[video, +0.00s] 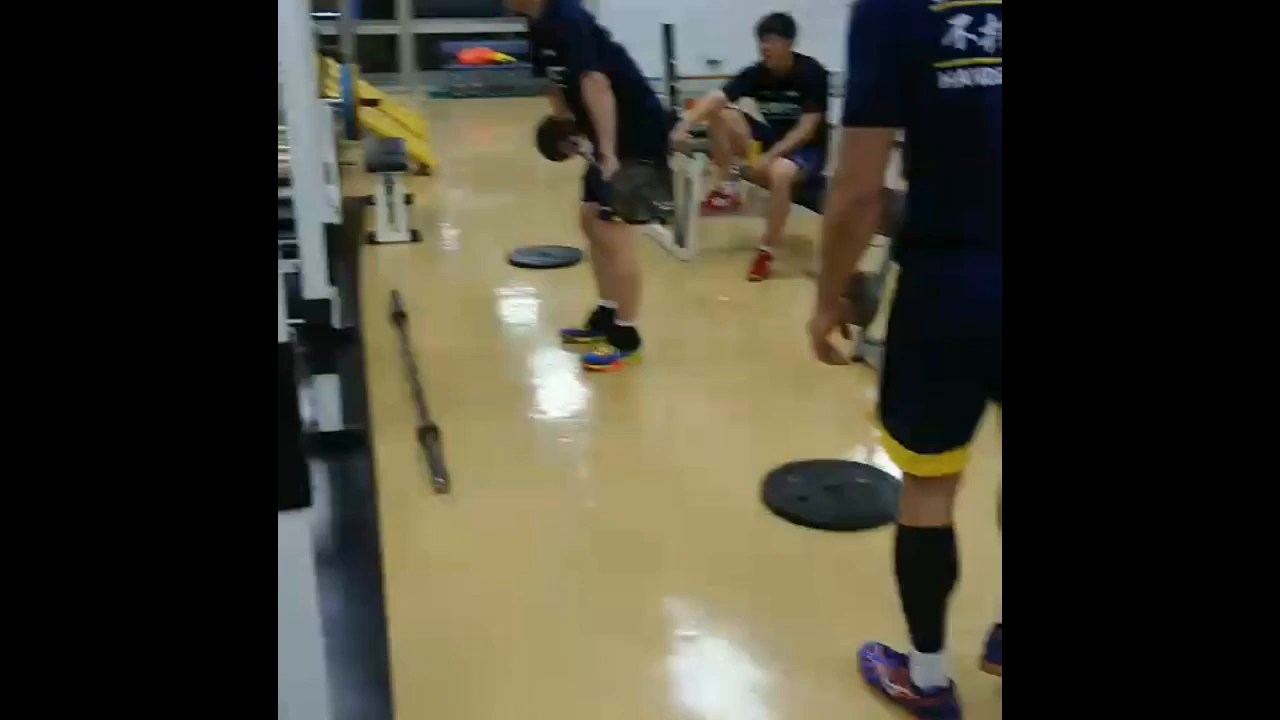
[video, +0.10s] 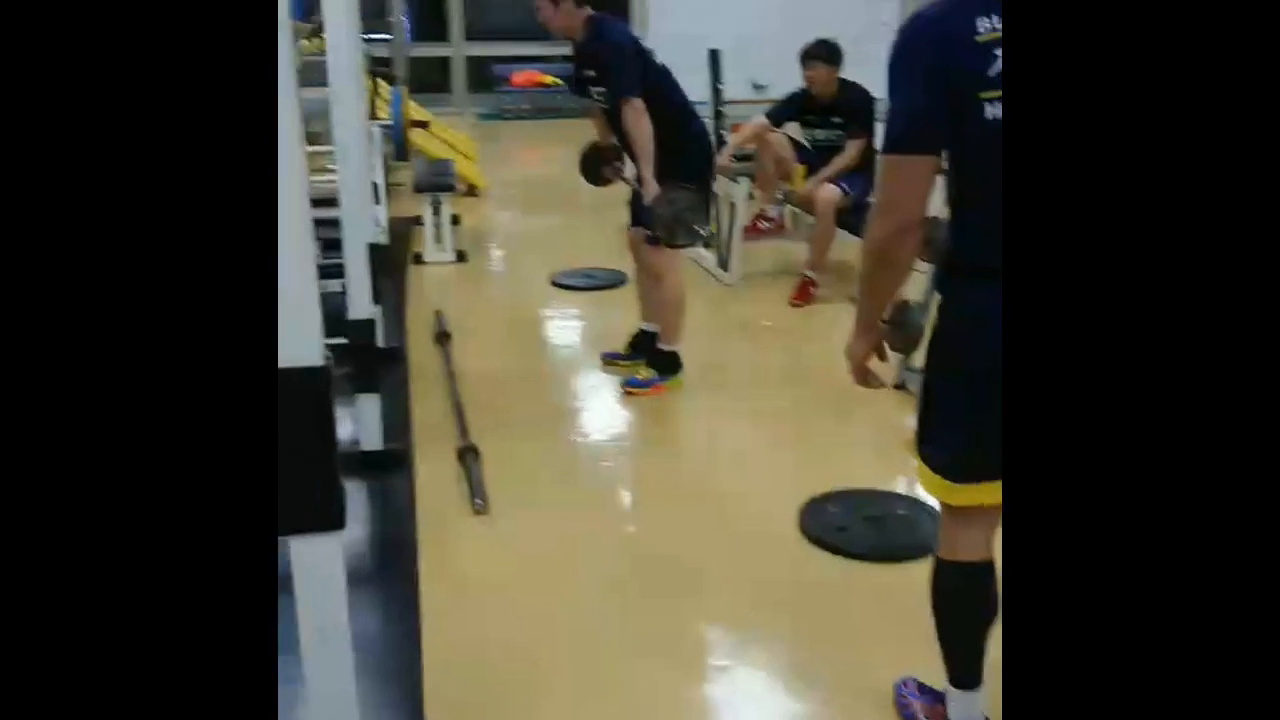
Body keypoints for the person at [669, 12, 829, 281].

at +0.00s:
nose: (764, 46)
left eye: (771, 40)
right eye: (762, 40)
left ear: (788, 43)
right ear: (758, 42)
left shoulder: (812, 72)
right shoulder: (756, 73)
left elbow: (808, 127)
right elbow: (717, 100)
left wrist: (770, 156)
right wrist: (684, 126)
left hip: (804, 144)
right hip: (768, 138)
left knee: (780, 171)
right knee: (719, 115)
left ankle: (767, 250)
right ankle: (726, 192)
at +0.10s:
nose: (808, 74)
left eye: (814, 67)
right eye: (805, 67)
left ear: (833, 70)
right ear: (803, 69)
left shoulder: (857, 98)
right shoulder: (801, 99)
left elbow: (853, 154)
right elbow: (761, 126)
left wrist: (814, 182)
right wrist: (727, 150)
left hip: (852, 168)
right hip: (814, 162)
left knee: (825, 196)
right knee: (766, 140)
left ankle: (810, 275)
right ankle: (769, 215)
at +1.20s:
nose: (917, 160)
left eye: (924, 153)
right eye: (913, 154)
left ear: (944, 153)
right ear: (909, 155)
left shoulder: (967, 183)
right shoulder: (908, 181)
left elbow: (962, 241)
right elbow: (868, 207)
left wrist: (919, 267)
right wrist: (833, 236)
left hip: (965, 255)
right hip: (924, 248)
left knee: (930, 280)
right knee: (875, 224)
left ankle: (915, 361)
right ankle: (878, 297)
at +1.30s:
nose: (919, 162)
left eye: (926, 155)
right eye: (916, 155)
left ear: (947, 155)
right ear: (912, 156)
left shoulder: (970, 185)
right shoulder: (911, 183)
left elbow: (966, 241)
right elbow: (870, 209)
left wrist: (922, 269)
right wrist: (836, 238)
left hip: (966, 258)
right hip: (927, 249)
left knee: (933, 282)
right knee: (877, 225)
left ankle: (915, 364)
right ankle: (880, 301)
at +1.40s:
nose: (920, 162)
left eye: (927, 156)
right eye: (917, 156)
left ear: (947, 156)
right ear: (913, 157)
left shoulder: (971, 185)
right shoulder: (912, 184)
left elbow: (966, 241)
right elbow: (871, 210)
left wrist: (922, 270)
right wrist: (836, 239)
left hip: (967, 258)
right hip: (927, 249)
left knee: (935, 282)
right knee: (878, 226)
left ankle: (915, 365)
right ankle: (881, 301)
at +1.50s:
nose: (920, 163)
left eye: (927, 157)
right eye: (917, 157)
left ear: (947, 156)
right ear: (913, 157)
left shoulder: (971, 186)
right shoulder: (911, 184)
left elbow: (965, 242)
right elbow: (870, 211)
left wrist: (922, 271)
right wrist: (836, 240)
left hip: (961, 257)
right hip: (924, 249)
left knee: (935, 283)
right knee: (877, 227)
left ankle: (915, 365)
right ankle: (880, 301)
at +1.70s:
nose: (917, 163)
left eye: (924, 156)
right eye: (914, 157)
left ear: (945, 155)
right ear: (910, 157)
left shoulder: (969, 186)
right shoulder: (909, 184)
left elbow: (962, 242)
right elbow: (869, 210)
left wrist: (919, 271)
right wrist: (835, 238)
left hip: (963, 258)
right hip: (924, 249)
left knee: (931, 282)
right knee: (876, 226)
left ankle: (911, 366)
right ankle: (877, 301)